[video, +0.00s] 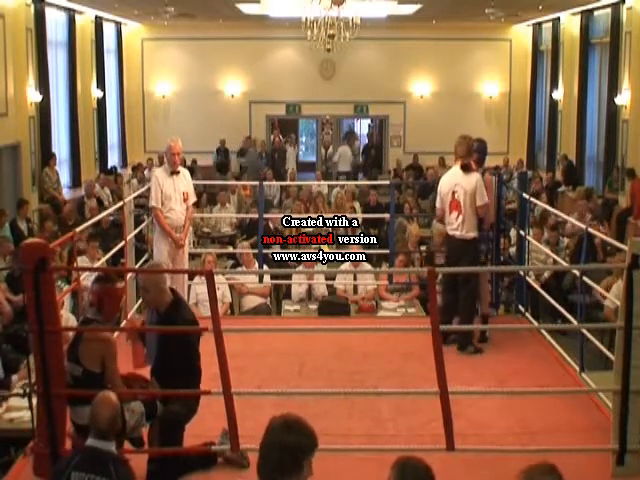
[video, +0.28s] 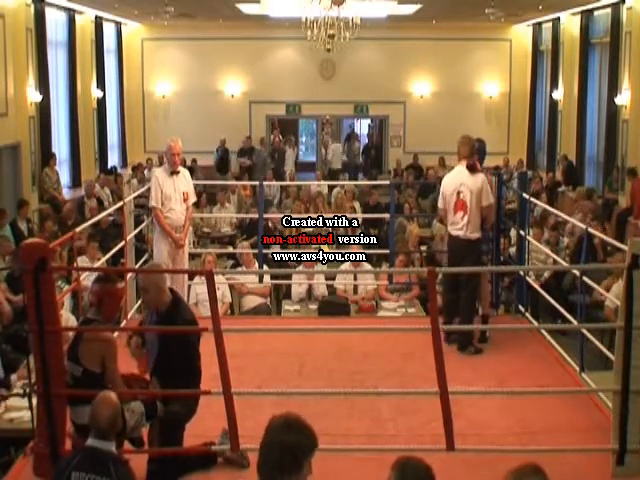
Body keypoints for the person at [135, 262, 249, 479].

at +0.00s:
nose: (142, 296)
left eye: (146, 290)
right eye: (141, 290)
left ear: (162, 288)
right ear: (160, 288)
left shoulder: (181, 322)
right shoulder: (158, 310)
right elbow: (156, 347)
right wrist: (140, 334)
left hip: (179, 400)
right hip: (163, 394)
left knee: (161, 470)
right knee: (158, 467)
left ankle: (216, 451)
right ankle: (215, 450)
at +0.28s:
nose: (142, 296)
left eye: (146, 291)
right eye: (140, 290)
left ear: (163, 289)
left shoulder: (180, 321)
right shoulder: (157, 309)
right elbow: (143, 331)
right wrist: (136, 342)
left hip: (178, 399)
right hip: (162, 393)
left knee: (159, 469)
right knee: (161, 466)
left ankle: (216, 452)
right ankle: (215, 450)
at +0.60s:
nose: (141, 297)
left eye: (145, 291)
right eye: (140, 291)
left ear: (162, 288)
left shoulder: (180, 320)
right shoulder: (154, 306)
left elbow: (165, 372)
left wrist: (131, 353)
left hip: (179, 397)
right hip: (161, 390)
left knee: (160, 470)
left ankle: (217, 454)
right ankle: (215, 450)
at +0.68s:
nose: (141, 297)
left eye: (145, 291)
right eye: (140, 291)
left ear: (162, 288)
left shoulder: (180, 320)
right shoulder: (153, 306)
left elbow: (162, 370)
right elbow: (137, 321)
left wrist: (129, 351)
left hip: (180, 396)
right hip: (160, 389)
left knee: (161, 469)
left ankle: (217, 453)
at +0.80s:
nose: (141, 297)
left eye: (145, 291)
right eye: (139, 291)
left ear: (162, 289)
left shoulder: (179, 319)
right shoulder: (152, 306)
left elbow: (162, 370)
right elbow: (131, 316)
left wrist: (130, 351)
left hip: (180, 395)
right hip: (159, 389)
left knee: (161, 469)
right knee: (162, 467)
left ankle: (217, 454)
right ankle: (216, 450)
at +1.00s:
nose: (140, 299)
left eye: (143, 294)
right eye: (138, 294)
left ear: (158, 290)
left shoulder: (179, 321)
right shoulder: (150, 305)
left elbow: (162, 374)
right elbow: (129, 311)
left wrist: (133, 347)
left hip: (182, 393)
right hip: (158, 387)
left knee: (169, 414)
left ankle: (218, 454)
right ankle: (217, 451)